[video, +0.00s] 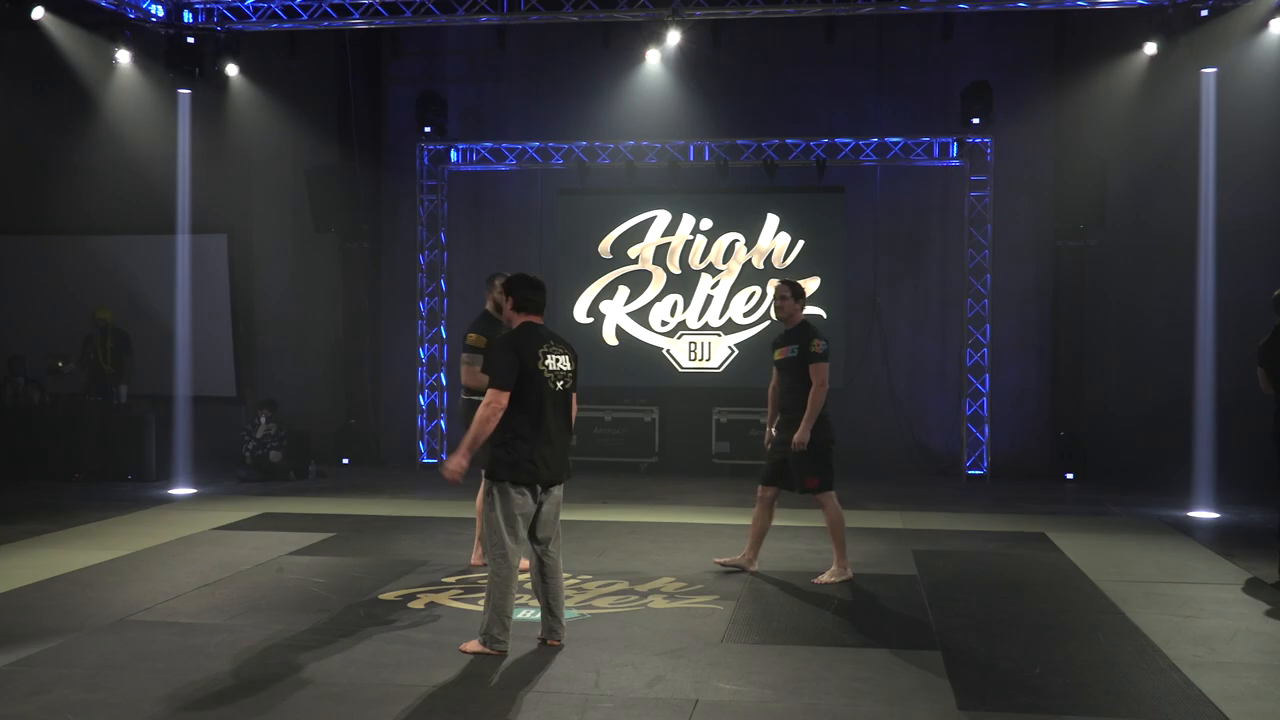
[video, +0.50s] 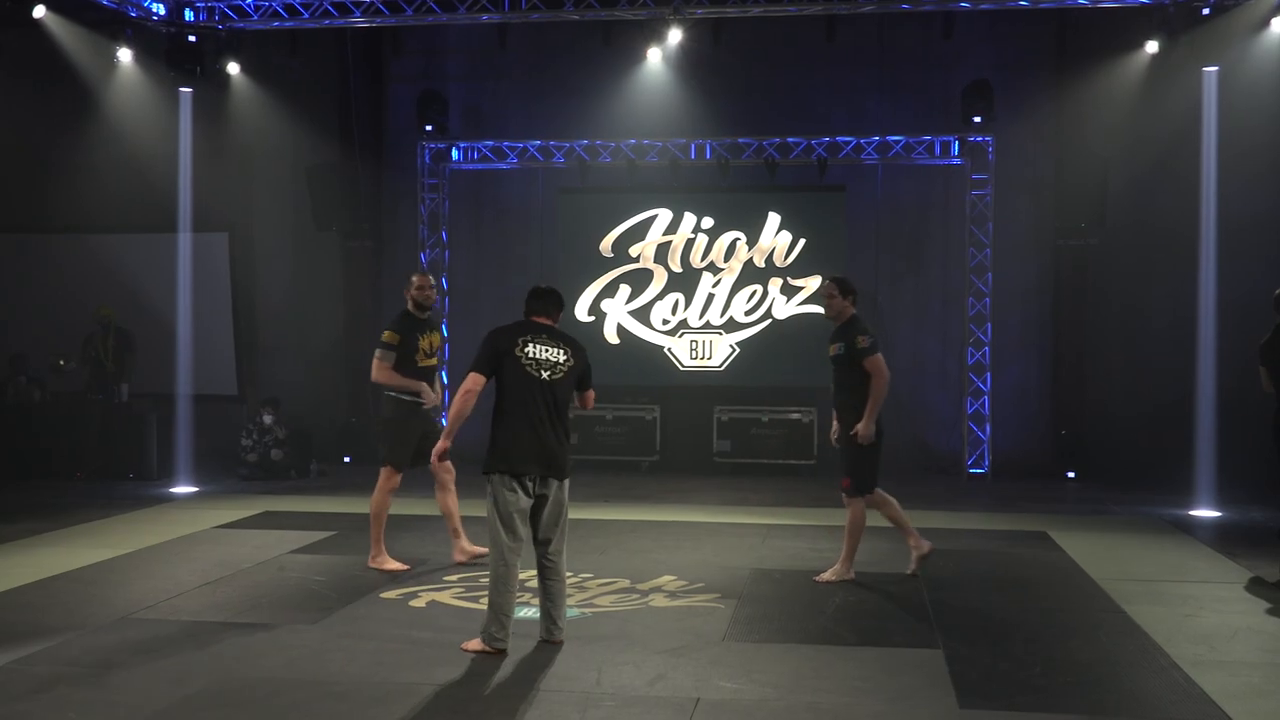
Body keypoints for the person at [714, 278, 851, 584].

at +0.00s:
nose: (777, 303)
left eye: (783, 298)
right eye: (775, 298)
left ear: (799, 302)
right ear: (775, 303)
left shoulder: (812, 335)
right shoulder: (779, 340)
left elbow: (820, 385)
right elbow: (776, 384)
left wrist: (805, 427)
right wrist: (770, 425)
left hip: (812, 427)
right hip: (785, 427)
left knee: (825, 496)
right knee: (766, 492)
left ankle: (841, 565)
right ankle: (749, 557)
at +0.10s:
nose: (788, 304)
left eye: (794, 299)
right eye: (786, 299)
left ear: (811, 302)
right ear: (787, 303)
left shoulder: (823, 335)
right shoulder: (794, 339)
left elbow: (828, 386)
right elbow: (788, 384)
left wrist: (811, 429)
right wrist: (772, 423)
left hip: (827, 428)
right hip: (804, 427)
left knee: (837, 497)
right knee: (783, 490)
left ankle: (843, 566)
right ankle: (760, 555)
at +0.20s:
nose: (798, 301)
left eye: (804, 297)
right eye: (797, 296)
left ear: (821, 300)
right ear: (800, 300)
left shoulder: (831, 334)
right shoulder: (806, 336)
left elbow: (833, 386)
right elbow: (798, 382)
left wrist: (818, 429)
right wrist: (784, 418)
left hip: (838, 426)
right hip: (818, 425)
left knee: (841, 496)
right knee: (797, 486)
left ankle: (843, 566)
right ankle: (797, 555)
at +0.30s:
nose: (807, 301)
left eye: (813, 297)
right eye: (806, 296)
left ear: (831, 301)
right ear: (813, 301)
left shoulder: (840, 334)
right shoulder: (816, 335)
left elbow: (843, 384)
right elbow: (810, 379)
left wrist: (828, 428)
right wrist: (800, 416)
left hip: (848, 425)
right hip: (830, 423)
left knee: (845, 494)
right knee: (815, 487)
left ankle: (845, 566)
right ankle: (841, 550)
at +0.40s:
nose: (816, 302)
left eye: (822, 297)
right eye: (815, 297)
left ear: (839, 300)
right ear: (821, 301)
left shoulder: (849, 334)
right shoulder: (825, 335)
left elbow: (859, 383)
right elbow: (822, 380)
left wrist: (847, 427)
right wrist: (818, 420)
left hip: (854, 423)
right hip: (835, 422)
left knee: (850, 494)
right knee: (843, 490)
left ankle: (844, 565)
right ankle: (886, 543)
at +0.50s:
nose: (825, 302)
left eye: (831, 297)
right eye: (823, 297)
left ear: (848, 300)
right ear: (828, 301)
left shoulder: (858, 331)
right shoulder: (838, 333)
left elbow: (881, 375)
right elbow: (844, 382)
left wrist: (868, 421)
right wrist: (837, 419)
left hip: (861, 425)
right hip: (849, 425)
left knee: (853, 495)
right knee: (868, 491)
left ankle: (845, 566)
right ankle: (917, 542)